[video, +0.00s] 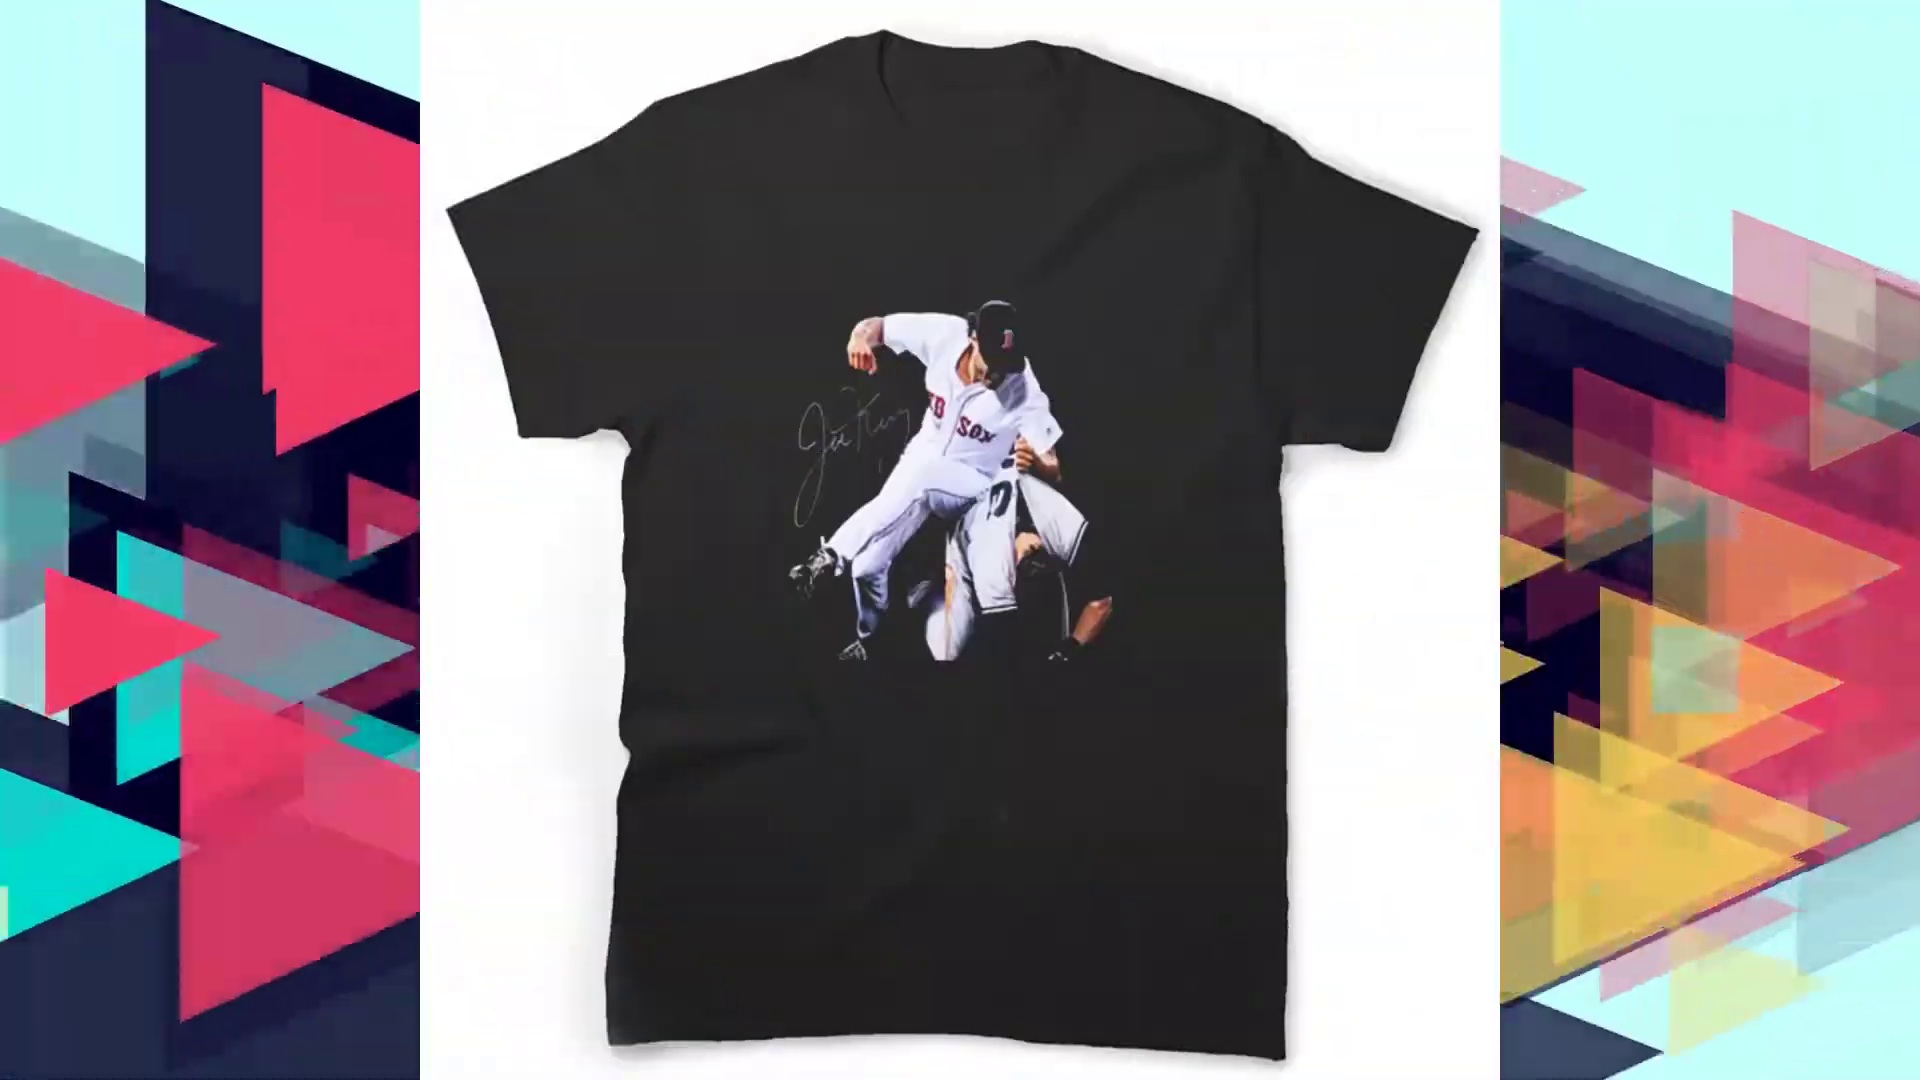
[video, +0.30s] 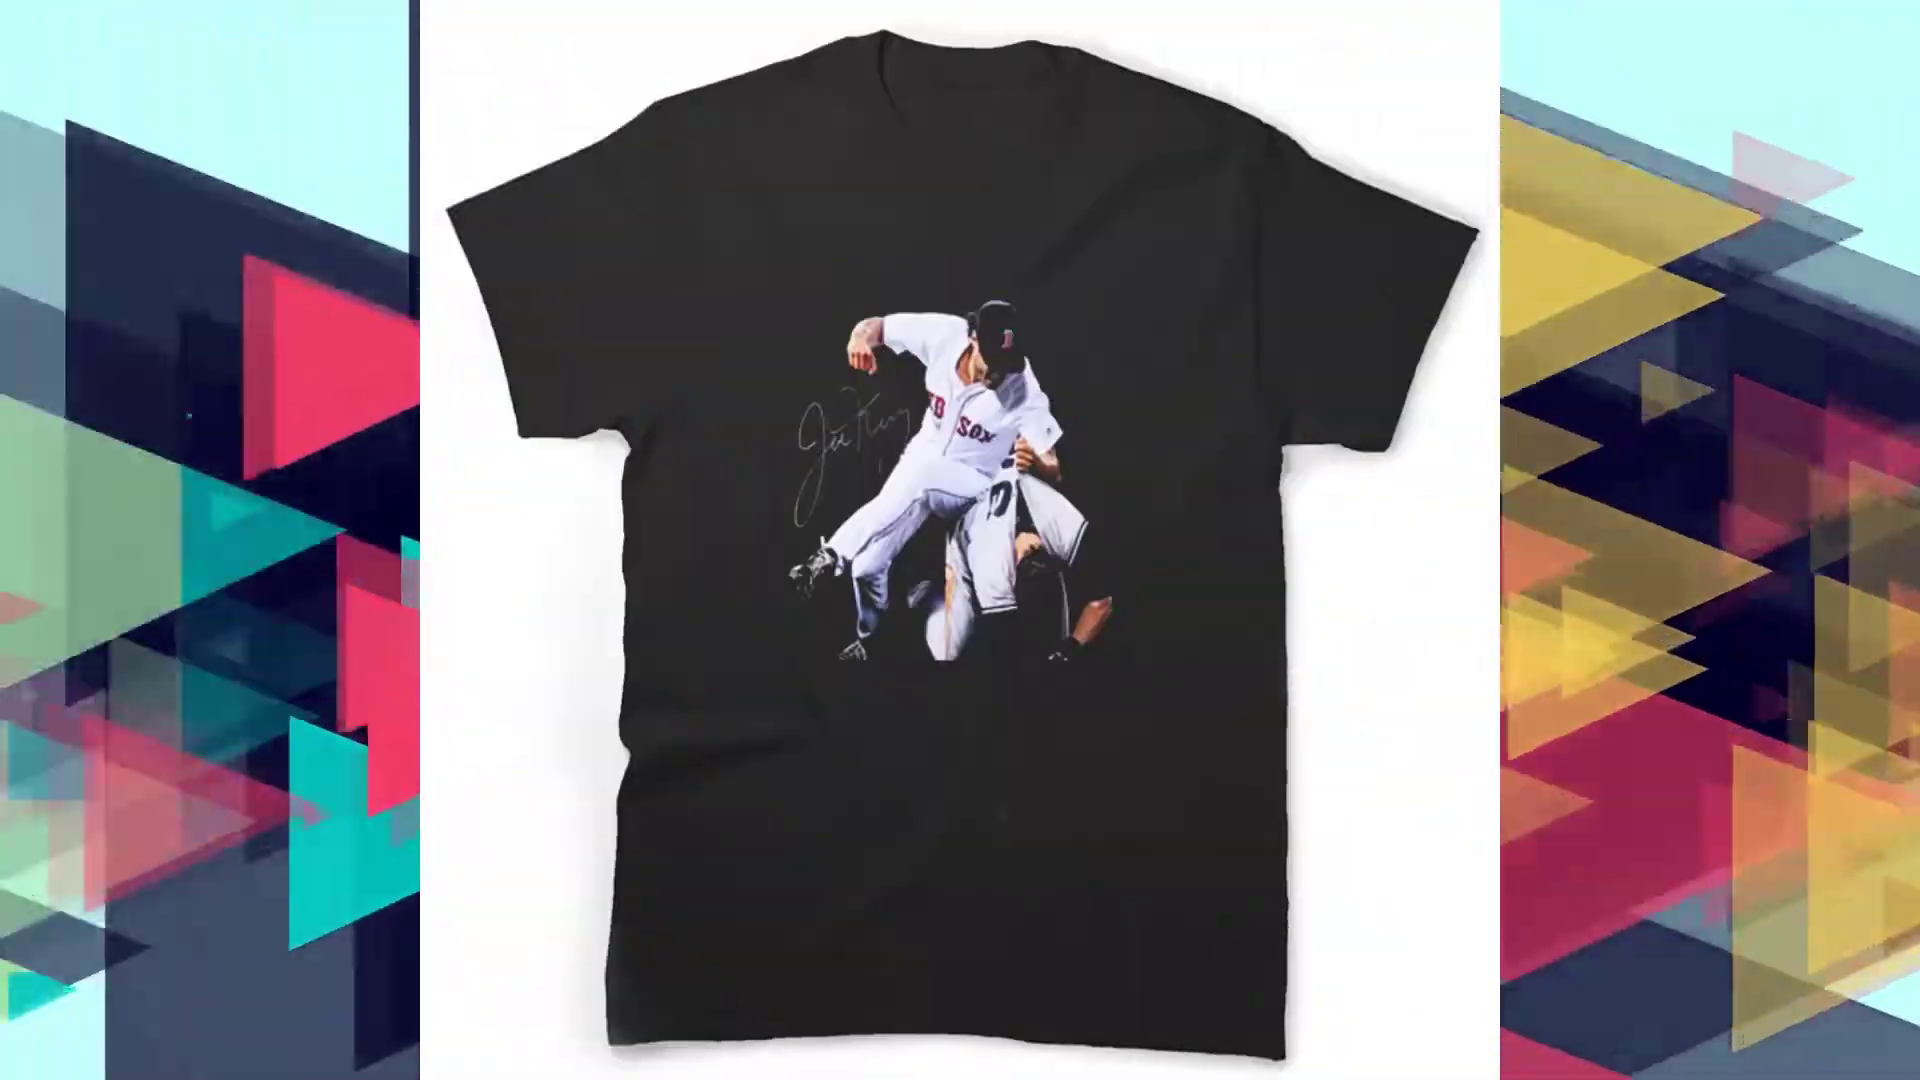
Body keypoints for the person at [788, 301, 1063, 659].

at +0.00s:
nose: (997, 373)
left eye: (1005, 366)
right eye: (991, 363)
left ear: (1015, 354)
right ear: (973, 343)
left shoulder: (1023, 388)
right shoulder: (946, 334)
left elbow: (1055, 470)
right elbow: (875, 327)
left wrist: (1038, 463)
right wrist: (861, 340)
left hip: (978, 481)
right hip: (922, 460)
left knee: (920, 476)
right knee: (867, 565)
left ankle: (828, 559)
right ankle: (870, 641)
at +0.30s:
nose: (995, 373)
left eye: (1004, 366)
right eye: (990, 364)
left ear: (1016, 355)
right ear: (973, 342)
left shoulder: (1023, 390)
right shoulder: (946, 334)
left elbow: (1055, 470)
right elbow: (874, 327)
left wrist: (1038, 463)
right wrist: (861, 340)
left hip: (978, 482)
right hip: (922, 460)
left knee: (920, 477)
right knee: (867, 565)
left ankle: (827, 559)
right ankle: (870, 640)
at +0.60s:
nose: (995, 373)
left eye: (1004, 366)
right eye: (990, 364)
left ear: (1016, 355)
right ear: (973, 342)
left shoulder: (1023, 390)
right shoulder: (946, 334)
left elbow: (1055, 470)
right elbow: (874, 327)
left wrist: (1038, 463)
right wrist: (861, 340)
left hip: (978, 482)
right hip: (922, 460)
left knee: (920, 477)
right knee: (867, 565)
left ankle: (827, 559)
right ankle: (870, 640)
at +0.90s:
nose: (995, 373)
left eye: (1004, 366)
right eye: (990, 364)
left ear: (1016, 355)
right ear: (973, 342)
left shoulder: (1023, 390)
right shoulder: (946, 334)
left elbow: (1055, 470)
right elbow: (874, 327)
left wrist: (1038, 463)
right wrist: (861, 340)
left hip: (978, 482)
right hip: (922, 460)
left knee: (920, 477)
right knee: (867, 565)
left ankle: (827, 559)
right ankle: (870, 640)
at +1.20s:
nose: (995, 373)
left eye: (1004, 366)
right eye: (990, 364)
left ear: (1016, 355)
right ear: (973, 342)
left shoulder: (1023, 390)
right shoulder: (946, 334)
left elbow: (1055, 470)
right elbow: (874, 327)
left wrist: (1038, 463)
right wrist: (861, 340)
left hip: (978, 482)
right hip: (922, 460)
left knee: (920, 477)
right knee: (867, 565)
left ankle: (827, 559)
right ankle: (870, 640)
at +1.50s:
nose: (995, 373)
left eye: (1004, 366)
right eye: (990, 364)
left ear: (1016, 355)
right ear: (973, 342)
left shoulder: (1023, 390)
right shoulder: (946, 334)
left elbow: (1055, 470)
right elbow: (874, 327)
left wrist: (1038, 463)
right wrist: (861, 340)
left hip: (978, 482)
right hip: (922, 460)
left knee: (920, 477)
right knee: (867, 565)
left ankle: (827, 559)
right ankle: (870, 640)